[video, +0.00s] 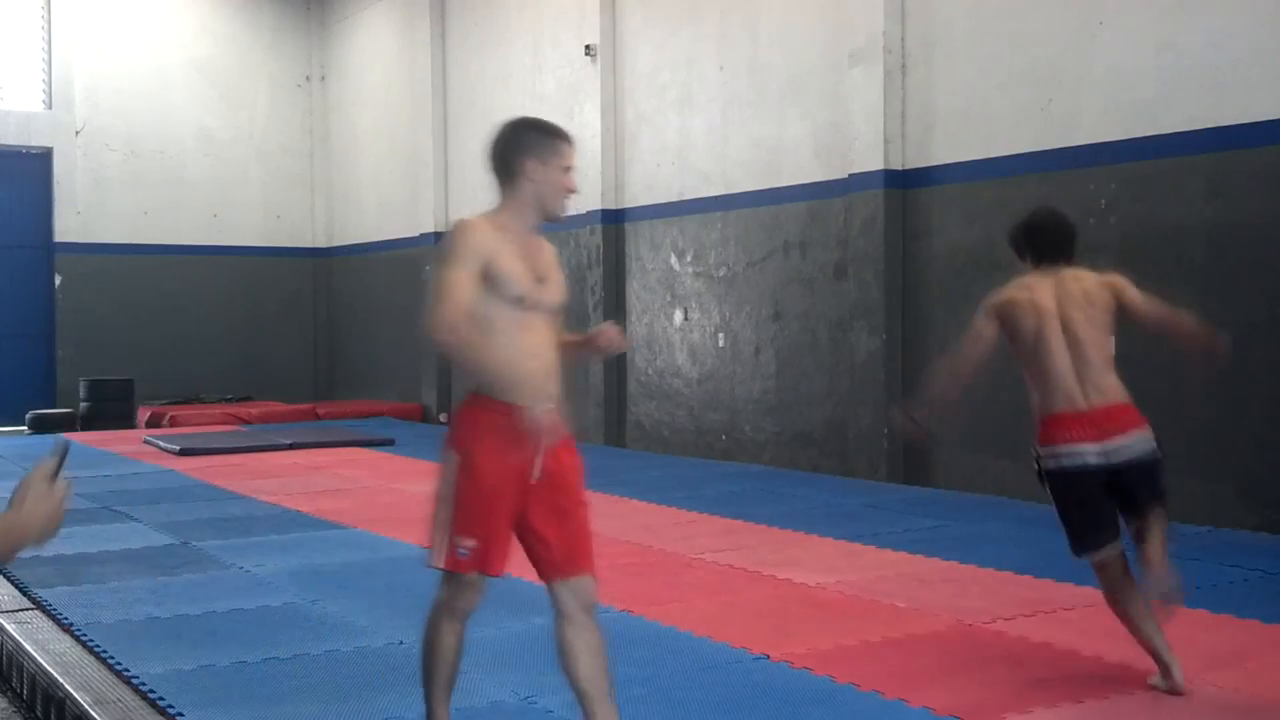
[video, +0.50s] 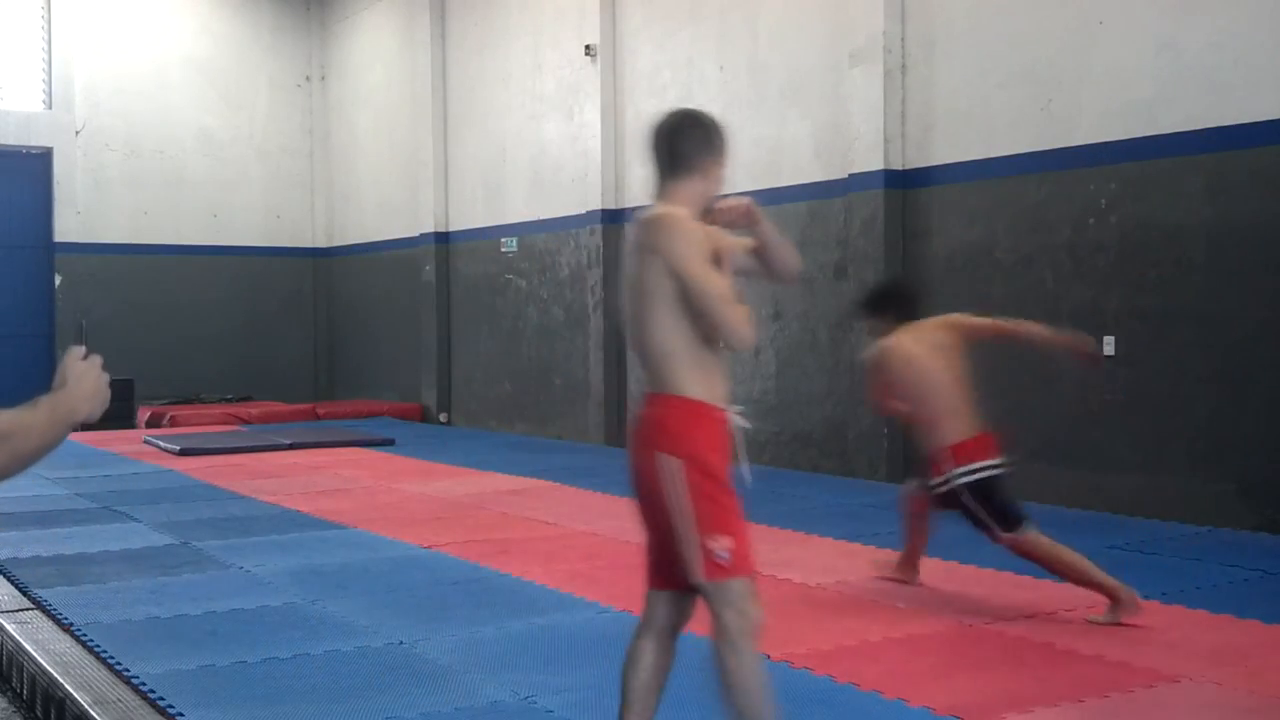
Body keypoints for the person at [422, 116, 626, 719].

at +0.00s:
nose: (572, 184)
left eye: (573, 171)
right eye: (564, 170)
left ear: (534, 173)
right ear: (526, 170)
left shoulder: (545, 252)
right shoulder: (474, 236)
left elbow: (535, 341)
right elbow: (446, 327)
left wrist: (586, 342)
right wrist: (522, 392)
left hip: (549, 434)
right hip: (488, 433)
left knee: (578, 597)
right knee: (460, 594)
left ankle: (605, 716)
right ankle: (437, 713)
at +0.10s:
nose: (599, 189)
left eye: (599, 175)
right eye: (591, 175)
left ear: (568, 175)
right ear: (556, 174)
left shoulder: (576, 255)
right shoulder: (507, 234)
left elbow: (574, 344)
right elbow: (505, 325)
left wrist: (622, 334)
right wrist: (594, 344)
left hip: (584, 441)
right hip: (527, 439)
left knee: (605, 604)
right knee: (492, 603)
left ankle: (616, 715)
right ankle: (444, 711)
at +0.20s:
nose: (630, 186)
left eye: (630, 172)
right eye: (623, 172)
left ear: (599, 172)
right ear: (590, 171)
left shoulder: (609, 250)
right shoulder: (541, 233)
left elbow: (641, 339)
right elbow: (571, 327)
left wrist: (668, 307)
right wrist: (647, 315)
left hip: (622, 438)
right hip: (568, 438)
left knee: (622, 607)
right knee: (560, 611)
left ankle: (621, 717)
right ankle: (476, 704)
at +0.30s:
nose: (660, 180)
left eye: (659, 167)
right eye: (651, 167)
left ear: (626, 171)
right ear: (621, 168)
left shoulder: (640, 238)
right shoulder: (580, 228)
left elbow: (705, 311)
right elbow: (639, 324)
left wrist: (703, 265)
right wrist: (676, 288)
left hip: (648, 431)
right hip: (604, 431)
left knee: (638, 601)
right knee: (635, 600)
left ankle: (624, 712)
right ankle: (543, 704)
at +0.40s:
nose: (690, 175)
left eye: (689, 165)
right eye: (687, 164)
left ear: (635, 163)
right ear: (669, 164)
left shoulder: (669, 234)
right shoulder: (625, 225)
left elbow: (751, 285)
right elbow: (690, 325)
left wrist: (732, 236)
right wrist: (695, 273)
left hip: (669, 430)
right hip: (641, 432)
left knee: (652, 603)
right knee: (695, 595)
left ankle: (629, 711)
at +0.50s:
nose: (724, 173)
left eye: (721, 163)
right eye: (723, 163)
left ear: (664, 162)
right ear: (713, 164)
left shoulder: (676, 227)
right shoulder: (675, 229)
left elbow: (786, 269)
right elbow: (739, 332)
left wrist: (756, 221)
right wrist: (726, 271)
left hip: (678, 435)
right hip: (685, 439)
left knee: (665, 610)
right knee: (738, 613)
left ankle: (634, 713)